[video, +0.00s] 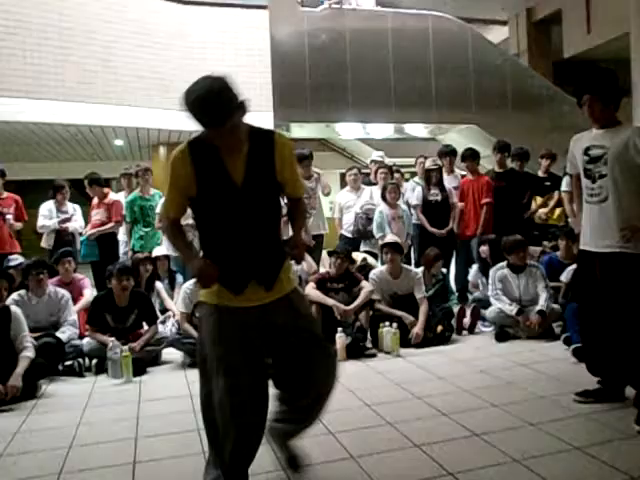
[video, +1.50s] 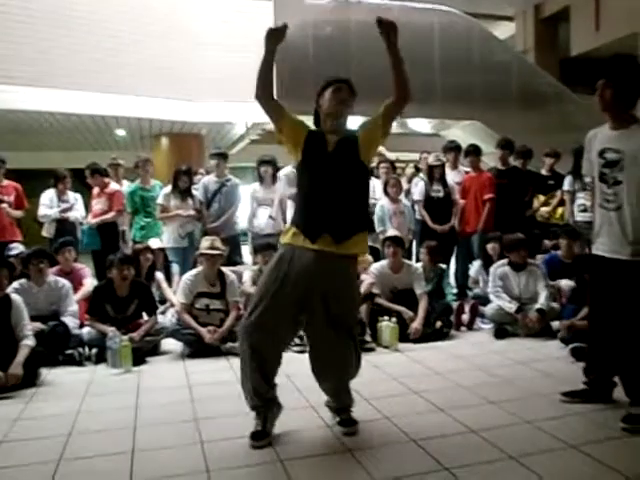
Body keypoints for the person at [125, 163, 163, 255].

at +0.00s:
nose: (146, 178)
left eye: (148, 175)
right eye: (142, 175)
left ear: (151, 177)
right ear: (137, 179)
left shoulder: (158, 196)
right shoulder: (131, 200)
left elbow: (163, 218)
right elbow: (128, 223)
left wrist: (165, 240)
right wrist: (129, 245)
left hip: (156, 240)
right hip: (139, 241)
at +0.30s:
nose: (145, 178)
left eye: (147, 175)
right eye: (142, 175)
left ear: (151, 177)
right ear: (137, 179)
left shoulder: (159, 196)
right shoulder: (131, 199)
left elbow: (162, 218)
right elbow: (128, 223)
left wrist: (165, 239)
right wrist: (129, 246)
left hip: (156, 240)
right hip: (139, 241)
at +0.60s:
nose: (144, 178)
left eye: (146, 175)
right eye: (141, 175)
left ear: (150, 177)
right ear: (135, 179)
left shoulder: (157, 196)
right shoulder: (130, 200)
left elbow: (161, 218)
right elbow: (127, 223)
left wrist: (164, 239)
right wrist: (127, 245)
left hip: (156, 241)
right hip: (138, 242)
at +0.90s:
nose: (148, 179)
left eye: (150, 176)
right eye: (145, 176)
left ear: (154, 178)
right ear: (140, 180)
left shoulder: (161, 197)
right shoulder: (134, 200)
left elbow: (165, 219)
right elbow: (131, 223)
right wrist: (130, 242)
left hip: (159, 241)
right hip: (141, 242)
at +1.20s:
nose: (157, 173)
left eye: (159, 169)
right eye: (153, 170)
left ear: (162, 172)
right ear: (149, 173)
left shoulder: (169, 190)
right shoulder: (143, 193)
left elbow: (173, 212)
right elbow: (140, 215)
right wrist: (138, 234)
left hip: (167, 233)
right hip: (150, 234)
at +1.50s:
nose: (146, 169)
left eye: (148, 166)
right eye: (142, 166)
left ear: (152, 168)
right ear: (137, 170)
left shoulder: (159, 187)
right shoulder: (132, 190)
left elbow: (163, 208)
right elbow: (129, 213)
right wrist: (127, 233)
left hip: (157, 230)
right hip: (139, 231)